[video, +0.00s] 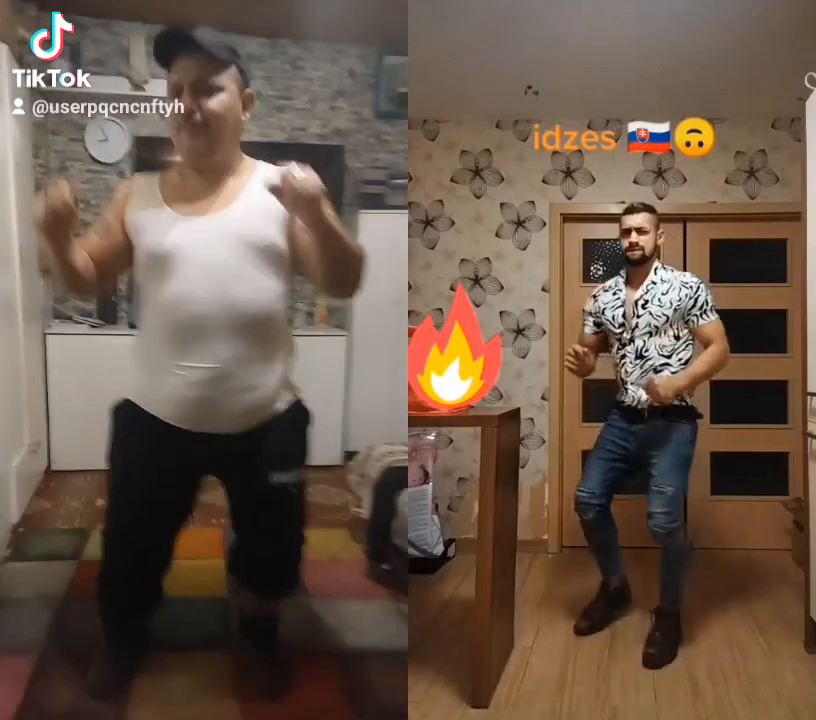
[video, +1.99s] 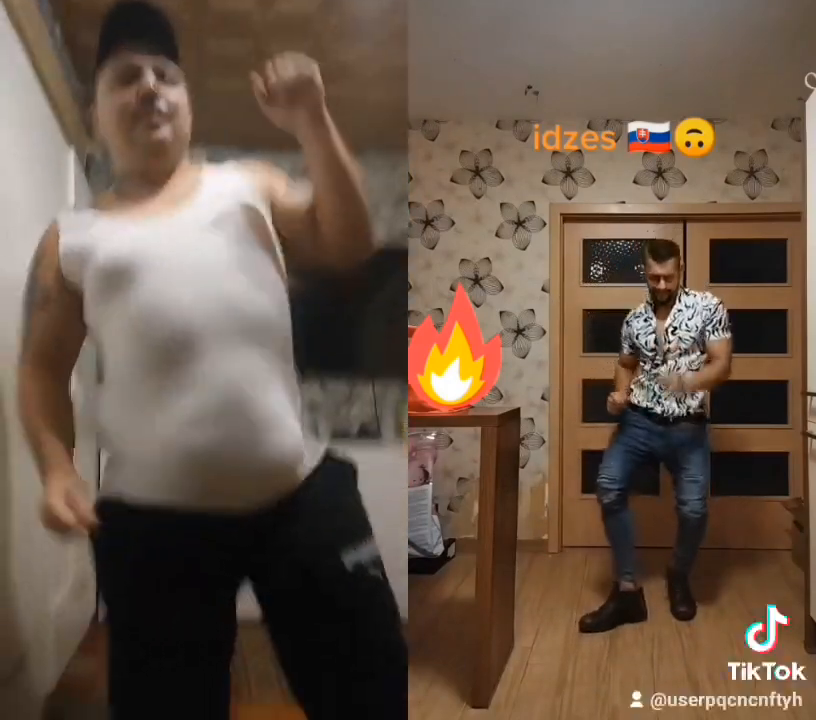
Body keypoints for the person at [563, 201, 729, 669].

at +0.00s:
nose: (633, 239)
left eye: (641, 231)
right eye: (626, 233)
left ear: (659, 236)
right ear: (618, 239)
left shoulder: (686, 287)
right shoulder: (604, 297)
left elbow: (718, 348)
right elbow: (589, 357)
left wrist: (679, 382)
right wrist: (580, 360)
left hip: (671, 420)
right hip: (622, 418)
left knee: (664, 521)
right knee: (588, 502)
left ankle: (668, 617)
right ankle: (615, 590)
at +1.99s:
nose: (661, 286)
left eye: (668, 278)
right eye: (655, 278)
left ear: (681, 273)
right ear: (645, 275)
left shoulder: (708, 308)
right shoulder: (635, 320)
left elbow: (721, 365)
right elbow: (625, 367)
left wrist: (688, 382)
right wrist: (620, 392)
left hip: (687, 426)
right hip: (639, 421)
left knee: (693, 509)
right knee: (609, 489)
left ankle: (680, 578)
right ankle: (627, 594)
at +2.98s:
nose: (619, 285)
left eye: (624, 278)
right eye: (611, 278)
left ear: (630, 278)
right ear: (595, 277)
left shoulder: (646, 311)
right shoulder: (574, 321)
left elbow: (672, 367)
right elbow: (552, 370)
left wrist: (660, 348)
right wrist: (563, 388)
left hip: (646, 421)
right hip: (598, 424)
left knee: (679, 485)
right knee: (586, 499)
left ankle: (654, 578)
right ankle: (606, 568)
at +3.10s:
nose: (614, 279)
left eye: (619, 272)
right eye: (607, 271)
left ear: (627, 273)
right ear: (591, 271)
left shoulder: (643, 302)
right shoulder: (575, 316)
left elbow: (668, 353)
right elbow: (553, 366)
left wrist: (646, 337)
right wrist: (562, 386)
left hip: (641, 413)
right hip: (597, 415)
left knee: (672, 481)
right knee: (592, 493)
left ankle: (655, 572)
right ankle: (605, 569)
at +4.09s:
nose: (630, 262)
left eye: (635, 257)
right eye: (624, 256)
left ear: (641, 263)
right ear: (609, 259)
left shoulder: (657, 299)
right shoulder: (589, 305)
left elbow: (667, 337)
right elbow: (570, 357)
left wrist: (663, 368)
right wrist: (602, 360)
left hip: (645, 405)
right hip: (601, 406)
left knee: (673, 477)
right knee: (597, 485)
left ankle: (662, 554)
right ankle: (607, 566)